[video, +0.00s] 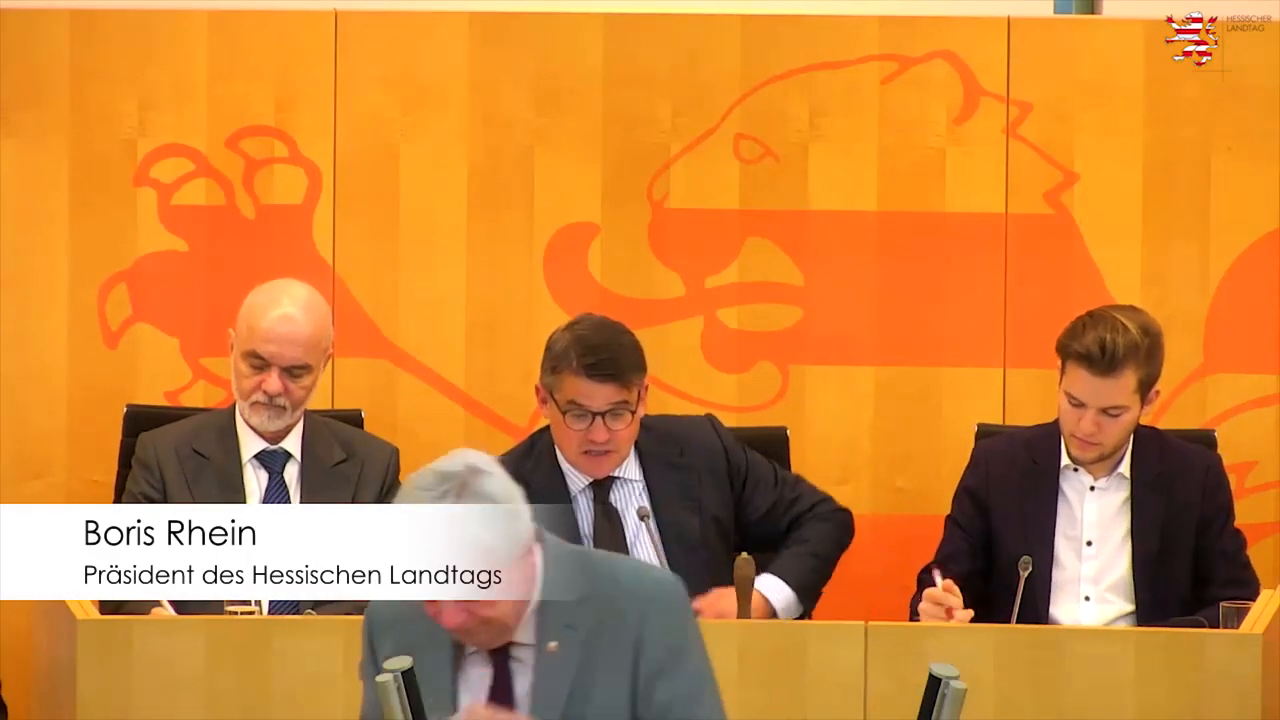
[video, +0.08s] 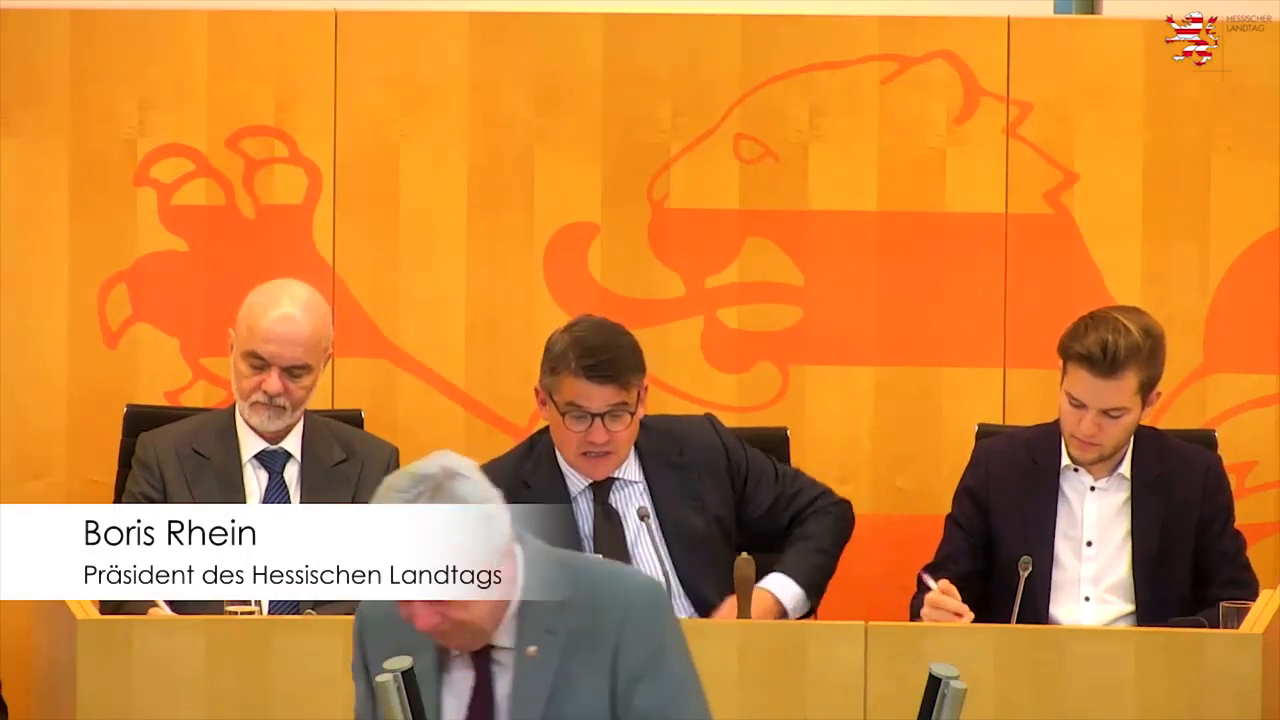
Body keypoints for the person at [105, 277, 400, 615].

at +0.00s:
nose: (272, 388)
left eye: (296, 372)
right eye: (256, 363)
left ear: (325, 361)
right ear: (231, 347)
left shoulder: (374, 465)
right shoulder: (161, 455)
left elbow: (387, 592)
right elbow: (123, 585)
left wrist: (310, 638)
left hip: (327, 666)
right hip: (195, 664)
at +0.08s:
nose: (272, 388)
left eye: (296, 372)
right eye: (256, 364)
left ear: (325, 361)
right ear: (232, 347)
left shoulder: (374, 464)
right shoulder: (161, 454)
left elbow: (389, 591)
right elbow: (120, 582)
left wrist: (310, 633)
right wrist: (150, 617)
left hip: (327, 664)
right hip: (196, 660)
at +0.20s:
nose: (272, 388)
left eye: (296, 372)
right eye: (256, 364)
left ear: (324, 361)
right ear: (232, 347)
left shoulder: (374, 463)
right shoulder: (161, 454)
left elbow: (393, 591)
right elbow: (121, 585)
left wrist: (312, 637)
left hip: (327, 666)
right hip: (195, 664)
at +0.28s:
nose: (272, 388)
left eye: (296, 371)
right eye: (256, 363)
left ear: (325, 361)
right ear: (231, 347)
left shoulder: (377, 465)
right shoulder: (161, 455)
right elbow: (121, 584)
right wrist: (156, 622)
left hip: (330, 667)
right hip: (197, 665)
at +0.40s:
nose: (276, 386)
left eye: (299, 368)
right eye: (259, 362)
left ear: (325, 359)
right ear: (231, 349)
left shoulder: (367, 460)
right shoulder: (162, 454)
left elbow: (392, 583)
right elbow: (120, 584)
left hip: (327, 666)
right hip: (197, 663)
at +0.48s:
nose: (279, 383)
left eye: (301, 365)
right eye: (261, 360)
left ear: (324, 357)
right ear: (231, 350)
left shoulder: (371, 462)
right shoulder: (162, 455)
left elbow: (391, 578)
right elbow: (119, 581)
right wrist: (150, 615)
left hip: (328, 664)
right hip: (197, 661)